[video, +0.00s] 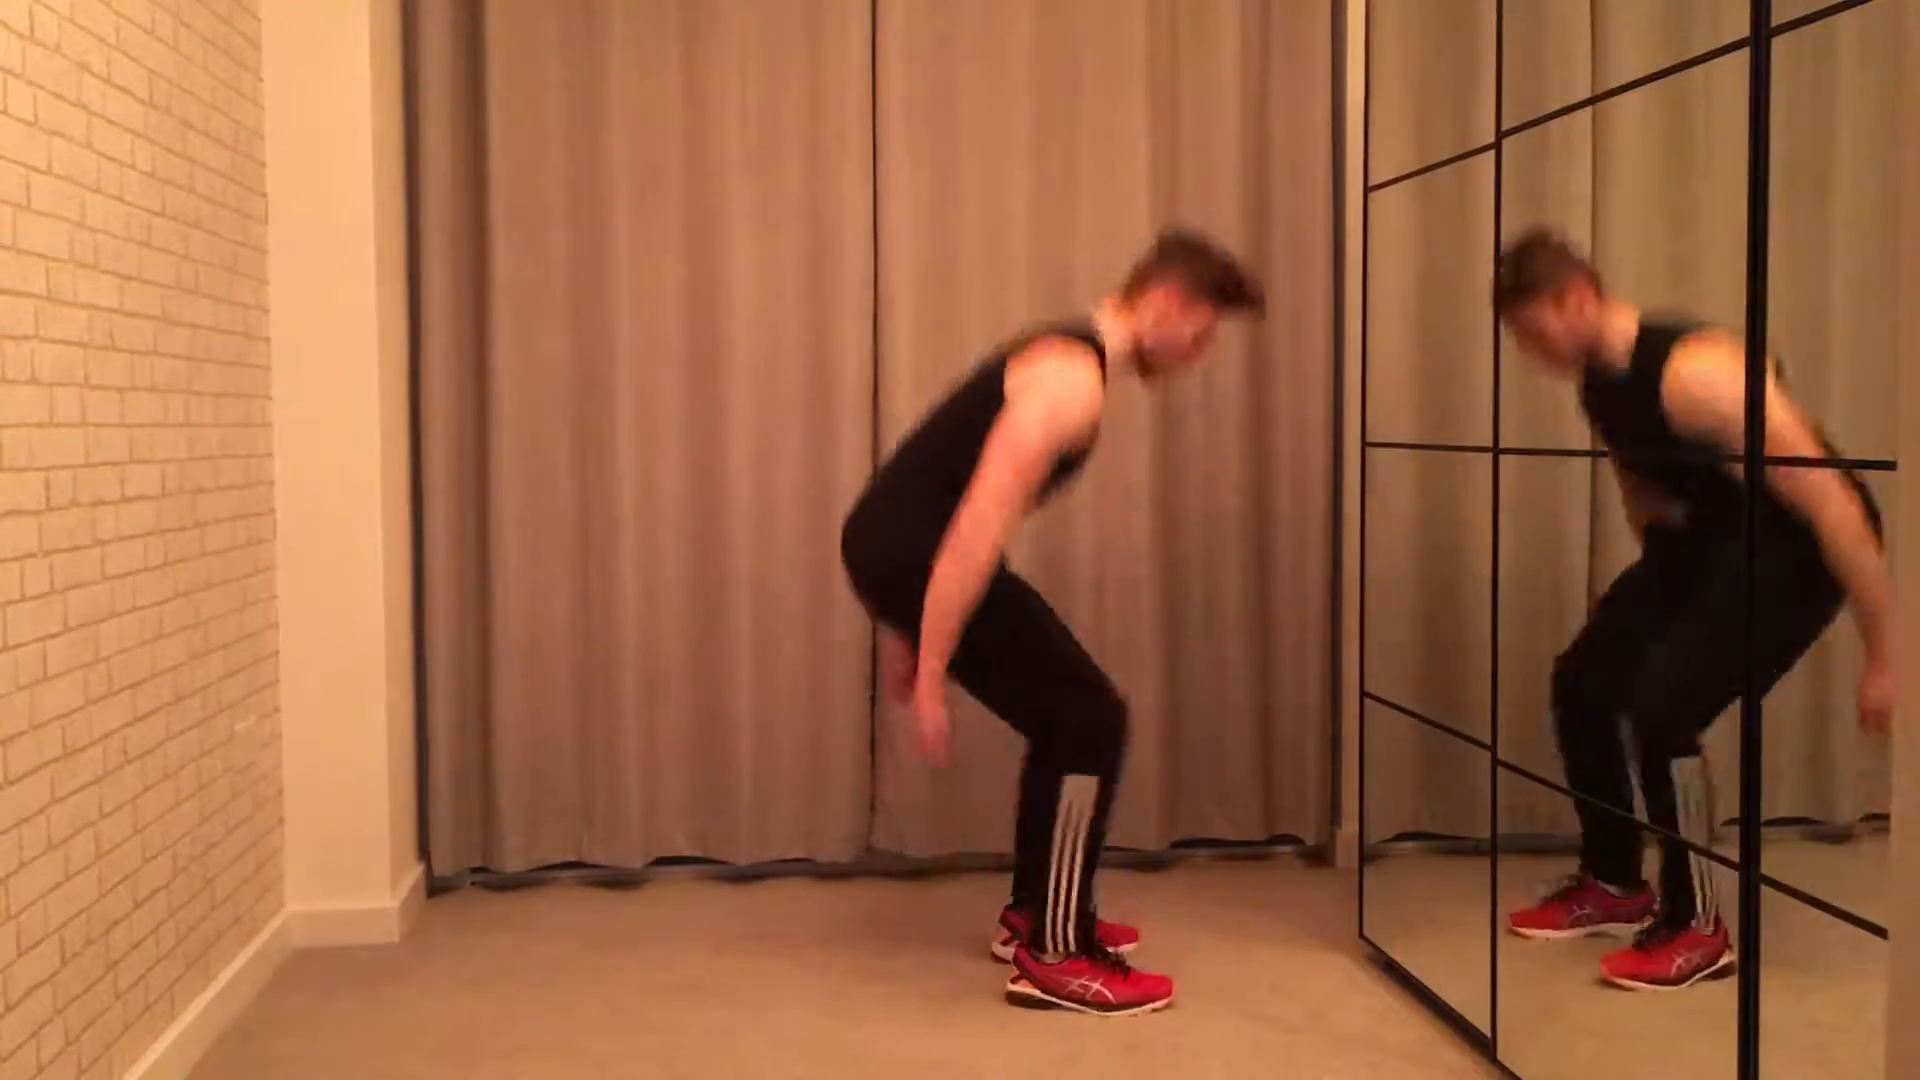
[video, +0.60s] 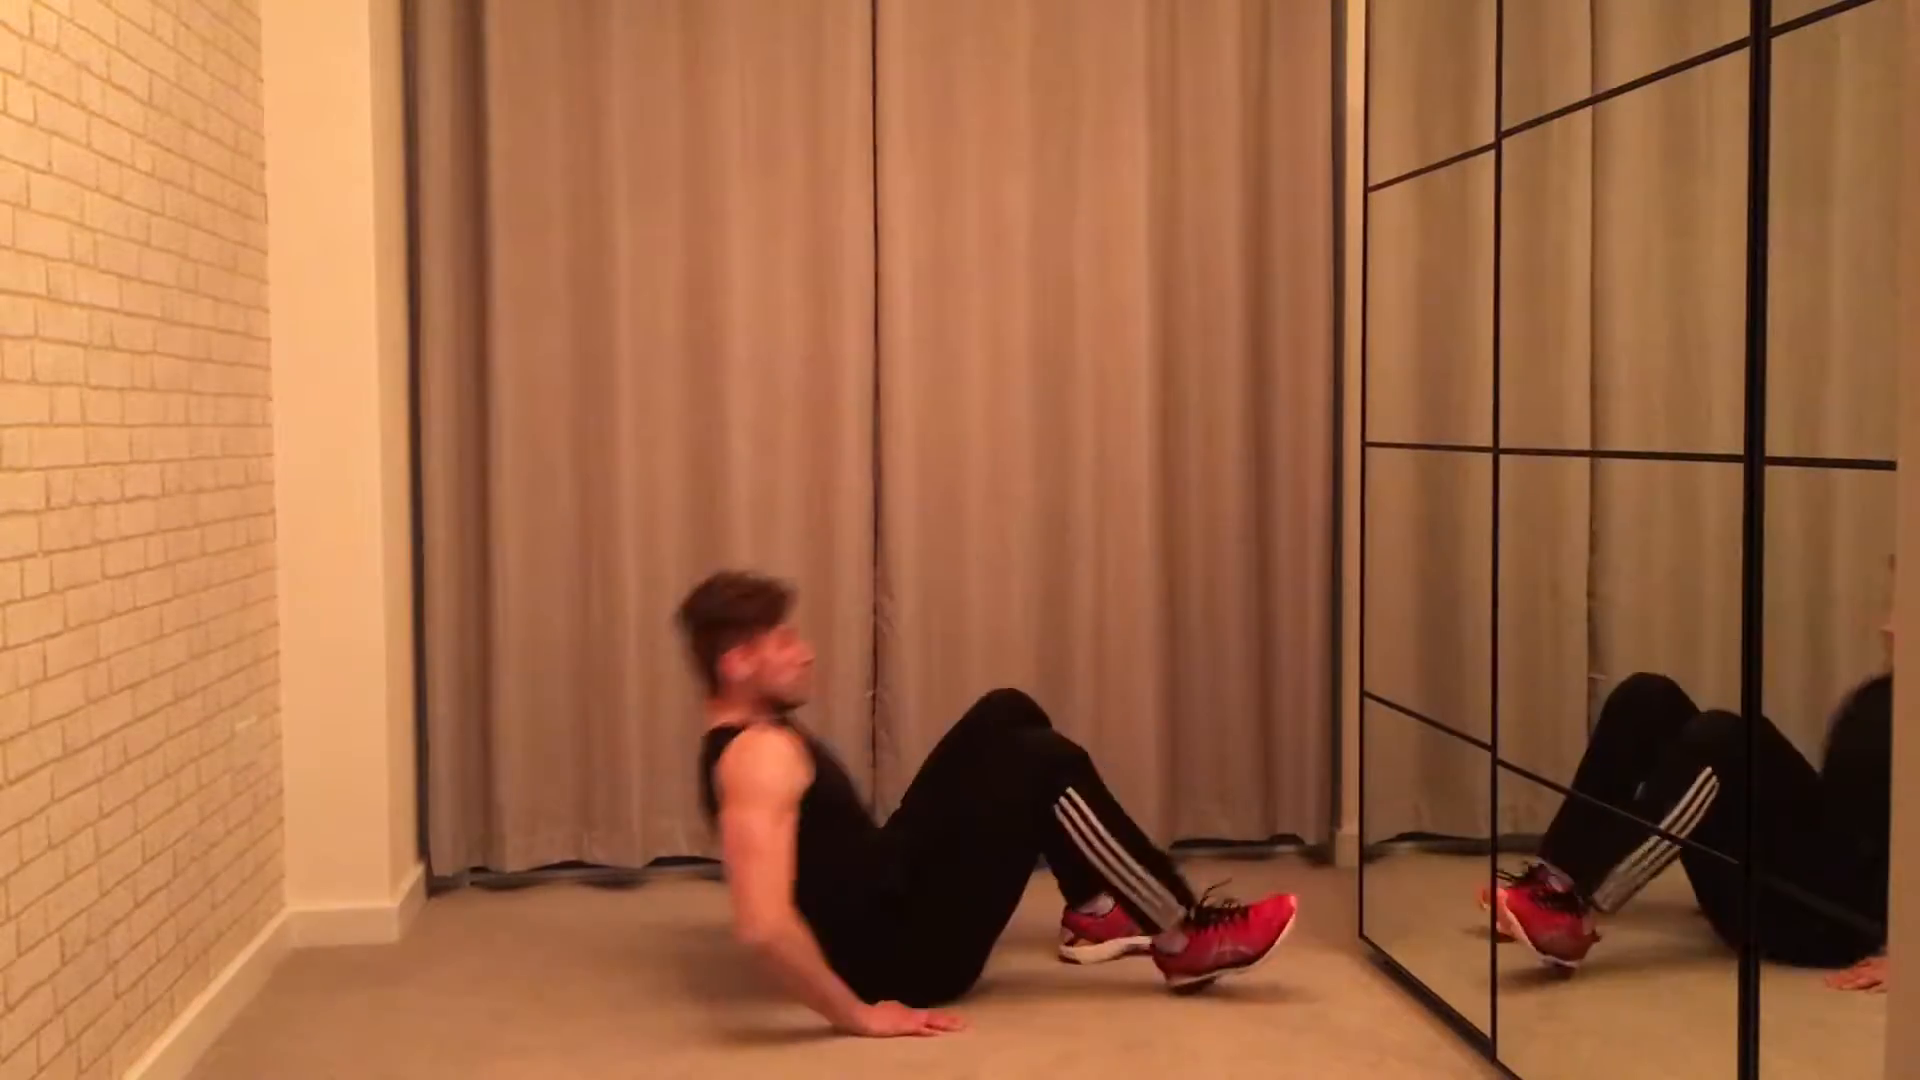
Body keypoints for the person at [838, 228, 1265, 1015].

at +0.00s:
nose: (1200, 351)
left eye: (1210, 335)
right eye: (1201, 329)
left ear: (1151, 301)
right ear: (1159, 300)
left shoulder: (1067, 357)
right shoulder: (1070, 379)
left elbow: (953, 494)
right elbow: (980, 523)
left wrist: (906, 626)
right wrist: (933, 673)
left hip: (905, 547)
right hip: (916, 560)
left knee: (1067, 716)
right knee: (1092, 718)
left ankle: (1039, 916)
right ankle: (1054, 951)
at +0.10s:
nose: (1200, 476)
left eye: (1207, 458)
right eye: (1202, 454)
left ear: (1157, 427)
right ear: (1162, 429)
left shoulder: (1060, 479)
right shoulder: (1068, 514)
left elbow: (934, 596)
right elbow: (983, 674)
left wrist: (899, 751)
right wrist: (931, 817)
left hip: (889, 646)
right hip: (905, 661)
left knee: (1108, 722)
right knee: (1127, 738)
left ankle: (1039, 911)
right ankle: (1054, 954)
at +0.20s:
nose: (1175, 555)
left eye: (1184, 536)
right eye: (1177, 532)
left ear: (1130, 512)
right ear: (1135, 513)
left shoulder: (1040, 559)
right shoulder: (1053, 603)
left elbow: (936, 677)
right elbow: (977, 778)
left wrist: (890, 834)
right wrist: (929, 929)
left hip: (879, 737)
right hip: (895, 758)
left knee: (1108, 705)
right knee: (1126, 736)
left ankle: (1037, 916)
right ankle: (1058, 952)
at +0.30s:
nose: (1129, 585)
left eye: (1134, 570)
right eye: (1125, 566)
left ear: (1073, 555)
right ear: (1078, 553)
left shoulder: (996, 609)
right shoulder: (1020, 653)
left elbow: (919, 743)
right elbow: (943, 823)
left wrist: (873, 870)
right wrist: (893, 976)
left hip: (888, 824)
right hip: (907, 848)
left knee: (1096, 703)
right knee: (1112, 733)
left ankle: (1035, 920)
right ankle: (1053, 956)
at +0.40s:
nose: (1030, 605)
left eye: (1030, 586)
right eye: (1020, 584)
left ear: (968, 578)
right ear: (971, 577)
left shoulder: (901, 644)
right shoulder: (942, 674)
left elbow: (869, 789)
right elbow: (900, 847)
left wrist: (842, 919)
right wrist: (870, 1004)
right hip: (932, 913)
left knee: (1074, 698)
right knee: (1080, 718)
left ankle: (1040, 914)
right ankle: (1073, 937)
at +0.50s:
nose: (906, 622)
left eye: (904, 604)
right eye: (892, 605)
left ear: (840, 614)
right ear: (842, 612)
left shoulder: (826, 682)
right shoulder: (842, 696)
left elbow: (845, 852)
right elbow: (828, 871)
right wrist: (861, 1008)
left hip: (914, 920)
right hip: (929, 943)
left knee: (1028, 694)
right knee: (1045, 729)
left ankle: (1063, 904)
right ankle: (1155, 917)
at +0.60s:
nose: (804, 654)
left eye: (795, 637)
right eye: (785, 641)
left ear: (738, 661)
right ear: (737, 663)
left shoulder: (755, 736)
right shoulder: (759, 754)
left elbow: (778, 901)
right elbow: (764, 926)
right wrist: (858, 1015)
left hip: (888, 930)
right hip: (903, 962)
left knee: (1006, 714)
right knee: (1037, 759)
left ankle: (1096, 903)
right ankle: (1182, 934)